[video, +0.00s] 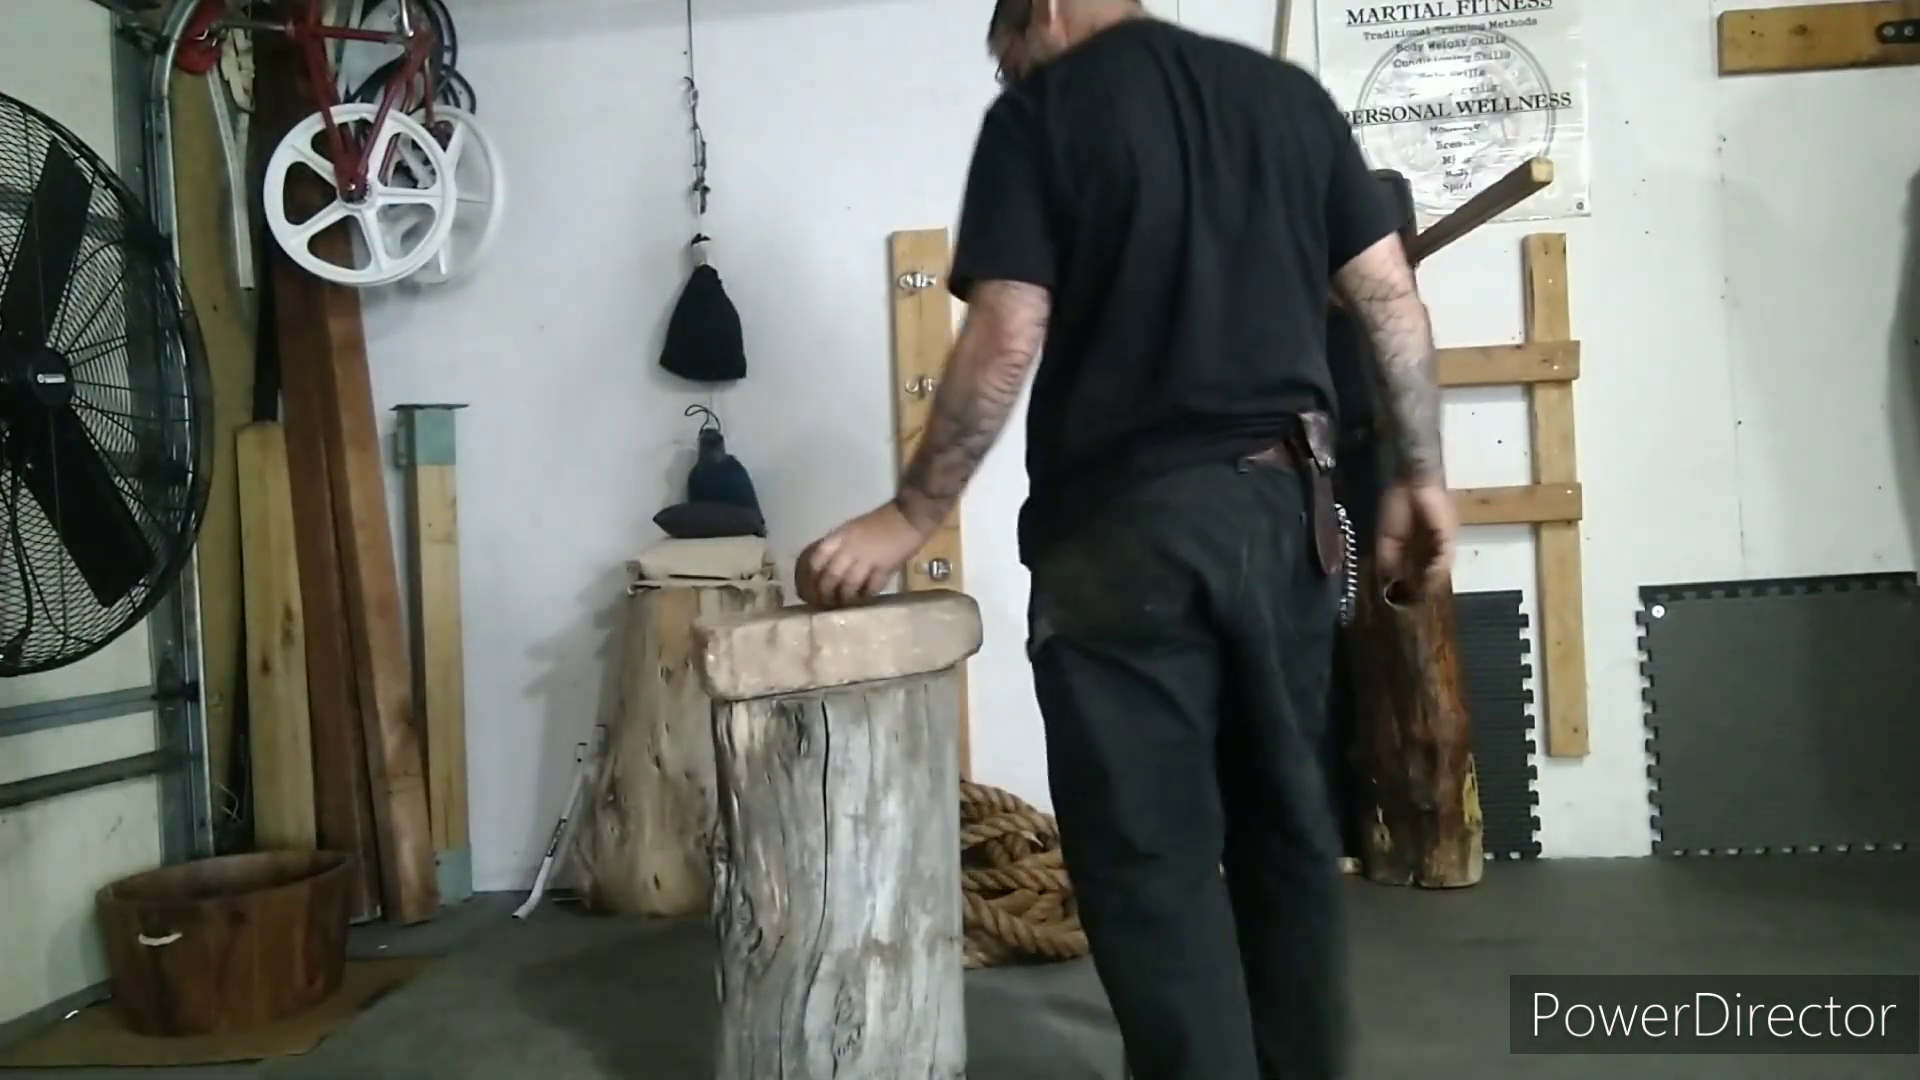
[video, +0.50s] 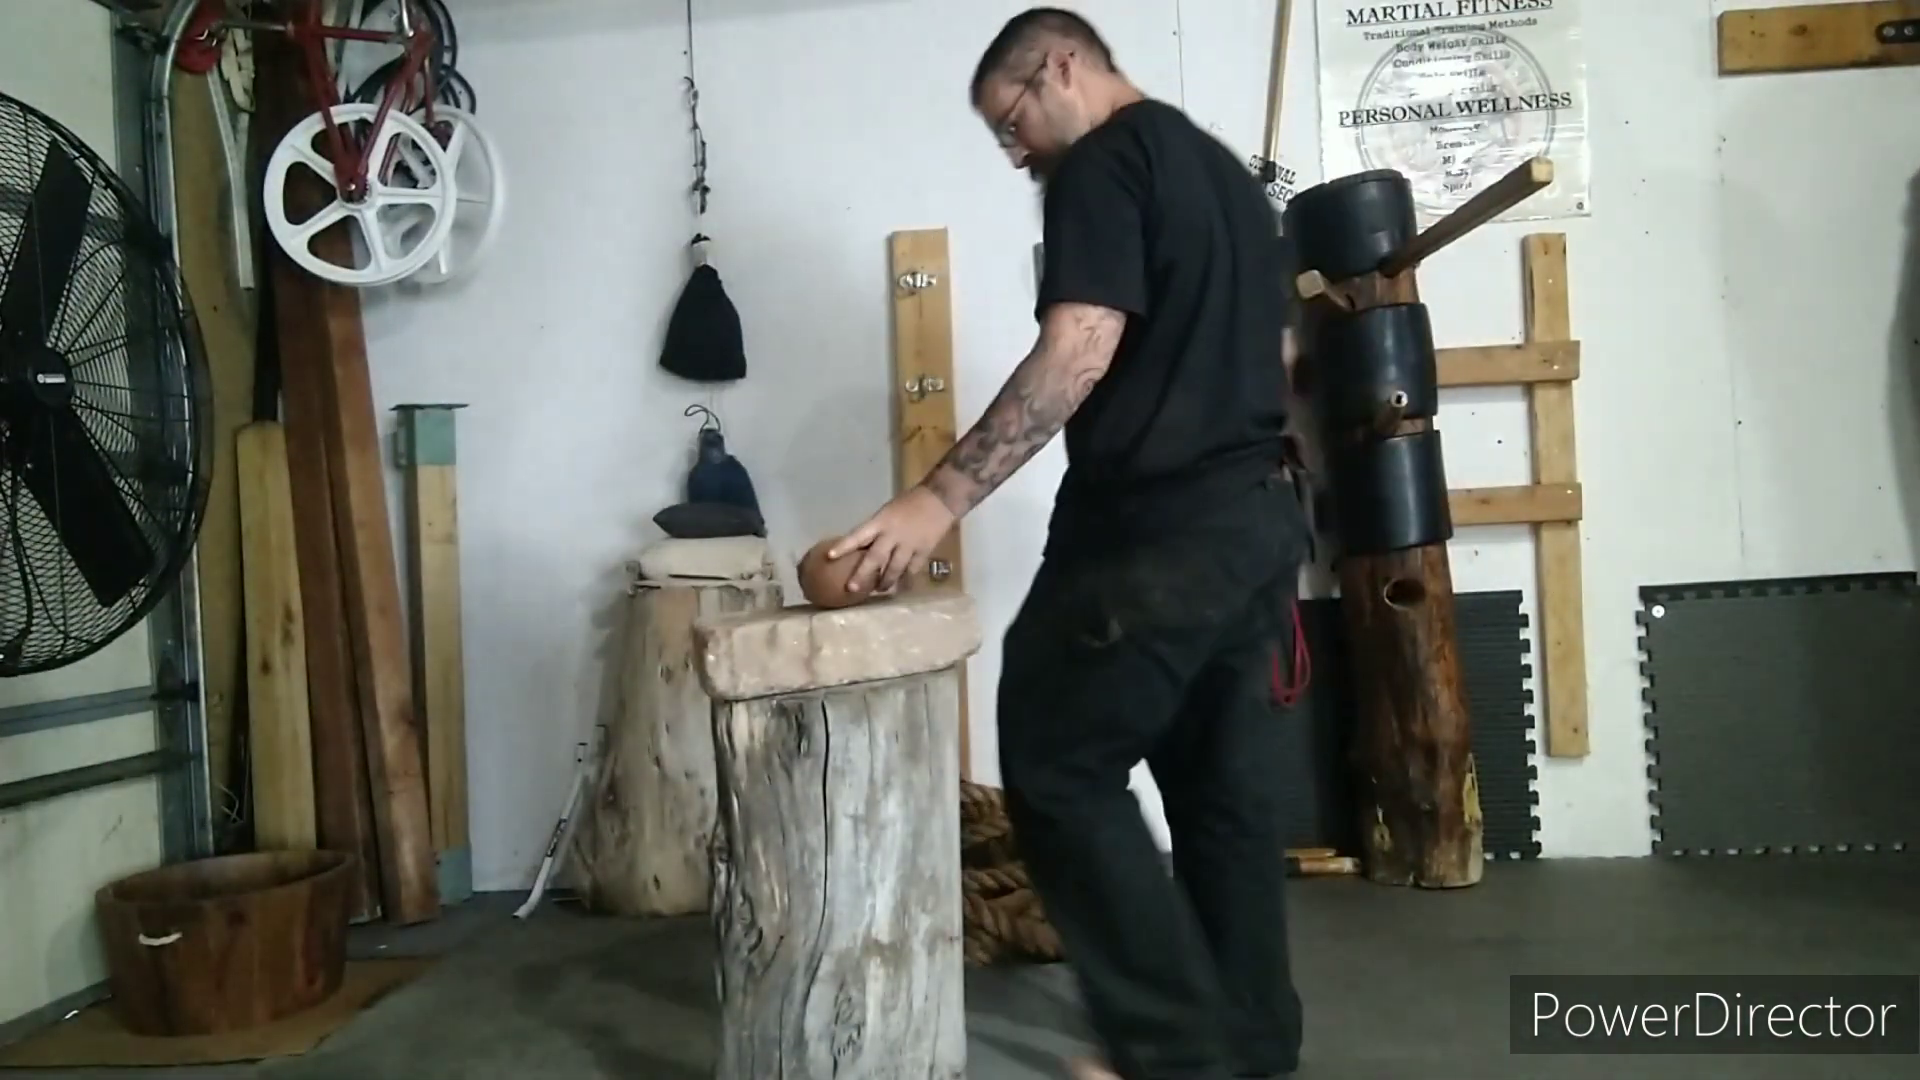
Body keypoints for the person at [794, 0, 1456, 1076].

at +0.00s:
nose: (1007, 77)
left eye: (1003, 52)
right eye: (1001, 58)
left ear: (1043, 10)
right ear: (1134, 6)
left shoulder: (1038, 112)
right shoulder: (1292, 92)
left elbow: (1010, 333)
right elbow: (1386, 288)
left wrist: (909, 513)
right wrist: (1419, 469)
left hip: (1124, 521)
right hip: (1290, 506)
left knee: (1150, 874)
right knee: (1291, 852)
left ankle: (1203, 1068)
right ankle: (1310, 1065)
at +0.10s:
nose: (1012, 100)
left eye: (1007, 77)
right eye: (1001, 86)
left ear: (1045, 18)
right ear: (1119, 14)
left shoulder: (1054, 124)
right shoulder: (1286, 111)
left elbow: (1025, 343)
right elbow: (1378, 299)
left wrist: (919, 519)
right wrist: (1393, 474)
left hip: (1131, 526)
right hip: (1286, 508)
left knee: (1149, 862)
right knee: (1271, 836)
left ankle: (1202, 1064)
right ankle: (1271, 1057)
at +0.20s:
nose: (1021, 127)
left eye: (1014, 101)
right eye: (1008, 110)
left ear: (1059, 39)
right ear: (1108, 36)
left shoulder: (1076, 144)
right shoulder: (1279, 140)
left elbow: (1048, 357)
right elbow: (1355, 328)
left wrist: (929, 516)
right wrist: (1351, 486)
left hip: (1142, 537)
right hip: (1277, 523)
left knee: (1135, 835)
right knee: (1254, 823)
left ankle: (1199, 1063)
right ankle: (1271, 1048)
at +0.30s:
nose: (1023, 142)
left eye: (1017, 113)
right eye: (1010, 121)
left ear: (1066, 51)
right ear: (1098, 49)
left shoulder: (1086, 156)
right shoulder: (1270, 154)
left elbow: (1064, 353)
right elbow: (1338, 337)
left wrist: (932, 512)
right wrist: (1328, 499)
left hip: (1152, 541)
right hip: (1274, 527)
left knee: (1116, 817)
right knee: (1245, 818)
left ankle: (1199, 1064)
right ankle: (1268, 1047)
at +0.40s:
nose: (1024, 148)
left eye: (1019, 116)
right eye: (1011, 128)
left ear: (1073, 60)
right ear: (1098, 60)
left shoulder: (1099, 160)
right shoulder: (1257, 164)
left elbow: (1073, 348)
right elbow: (1316, 335)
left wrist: (933, 506)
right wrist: (1296, 479)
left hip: (1158, 530)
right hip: (1276, 521)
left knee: (1087, 785)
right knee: (1235, 805)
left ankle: (1207, 1052)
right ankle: (1262, 1047)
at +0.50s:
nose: (1013, 152)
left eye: (1010, 121)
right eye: (1001, 135)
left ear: (1063, 68)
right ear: (1082, 71)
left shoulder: (1102, 162)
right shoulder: (1225, 170)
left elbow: (1076, 351)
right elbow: (1270, 353)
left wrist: (935, 502)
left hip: (1146, 524)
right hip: (1250, 514)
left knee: (1054, 764)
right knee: (1224, 804)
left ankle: (1173, 1041)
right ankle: (1258, 1045)